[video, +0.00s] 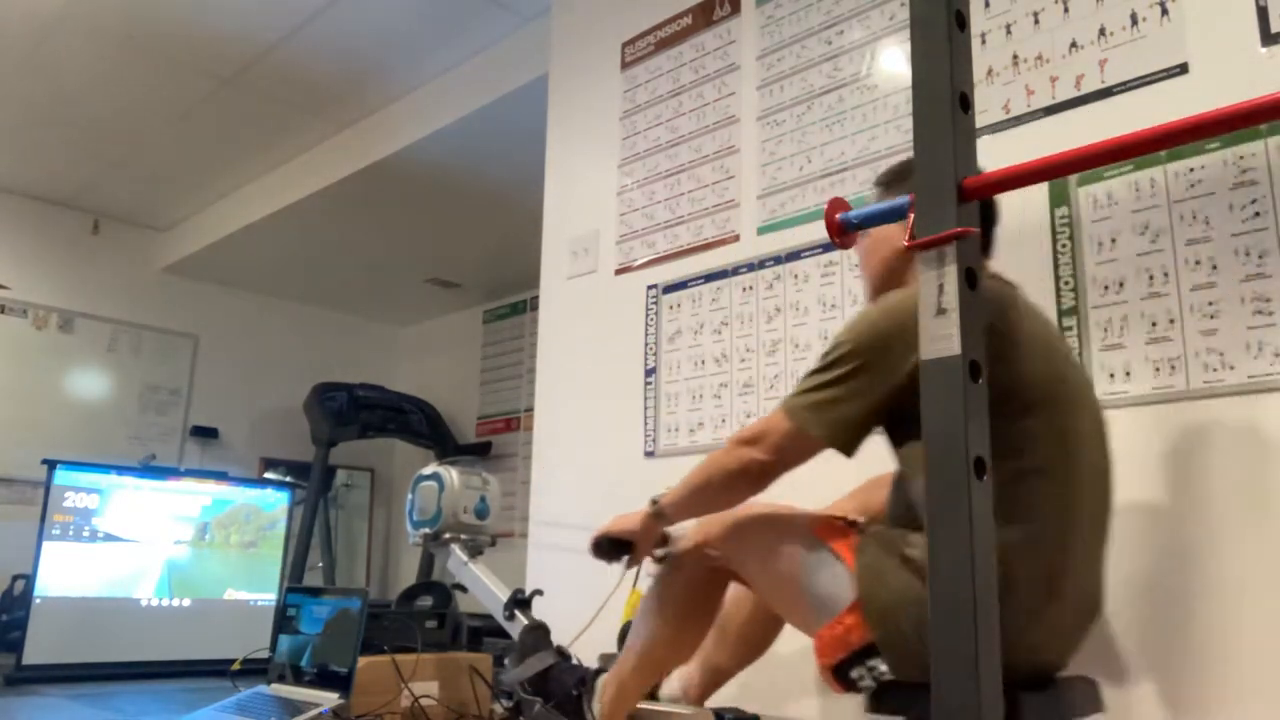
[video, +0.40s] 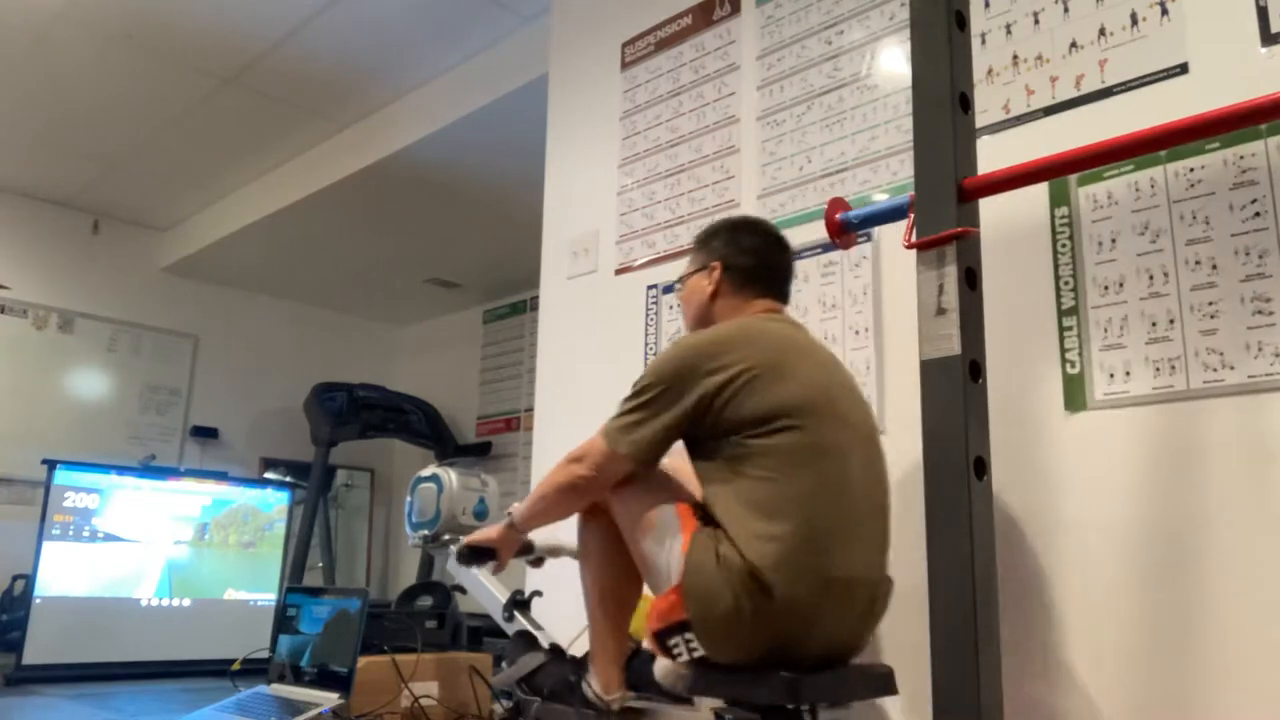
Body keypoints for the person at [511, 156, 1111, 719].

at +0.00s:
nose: (854, 248)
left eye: (864, 227)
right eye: (857, 229)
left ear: (916, 227)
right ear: (954, 233)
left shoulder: (910, 313)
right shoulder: (1011, 315)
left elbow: (759, 455)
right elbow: (886, 498)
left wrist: (655, 516)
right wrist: (725, 533)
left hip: (966, 634)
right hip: (1036, 630)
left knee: (714, 540)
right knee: (775, 548)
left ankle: (611, 704)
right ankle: (691, 692)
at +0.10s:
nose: (803, 264)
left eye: (810, 244)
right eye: (805, 247)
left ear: (849, 240)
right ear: (898, 242)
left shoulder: (853, 324)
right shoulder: (953, 319)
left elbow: (708, 462)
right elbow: (864, 499)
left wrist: (612, 523)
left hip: (892, 614)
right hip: (977, 616)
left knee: (674, 523)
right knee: (748, 535)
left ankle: (608, 701)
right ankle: (680, 692)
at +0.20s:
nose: (755, 280)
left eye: (759, 262)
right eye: (755, 265)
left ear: (796, 253)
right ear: (854, 264)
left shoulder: (790, 337)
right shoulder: (897, 335)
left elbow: (660, 466)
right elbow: (820, 507)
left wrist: (574, 526)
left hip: (836, 622)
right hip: (917, 623)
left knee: (649, 500)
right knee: (718, 491)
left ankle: (606, 699)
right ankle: (679, 683)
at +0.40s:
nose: (680, 301)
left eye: (683, 283)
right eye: (679, 287)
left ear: (713, 276)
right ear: (774, 287)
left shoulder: (707, 352)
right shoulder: (820, 360)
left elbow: (589, 471)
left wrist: (513, 527)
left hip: (754, 627)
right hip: (844, 632)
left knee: (605, 482)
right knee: (676, 464)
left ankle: (606, 686)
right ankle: (678, 652)